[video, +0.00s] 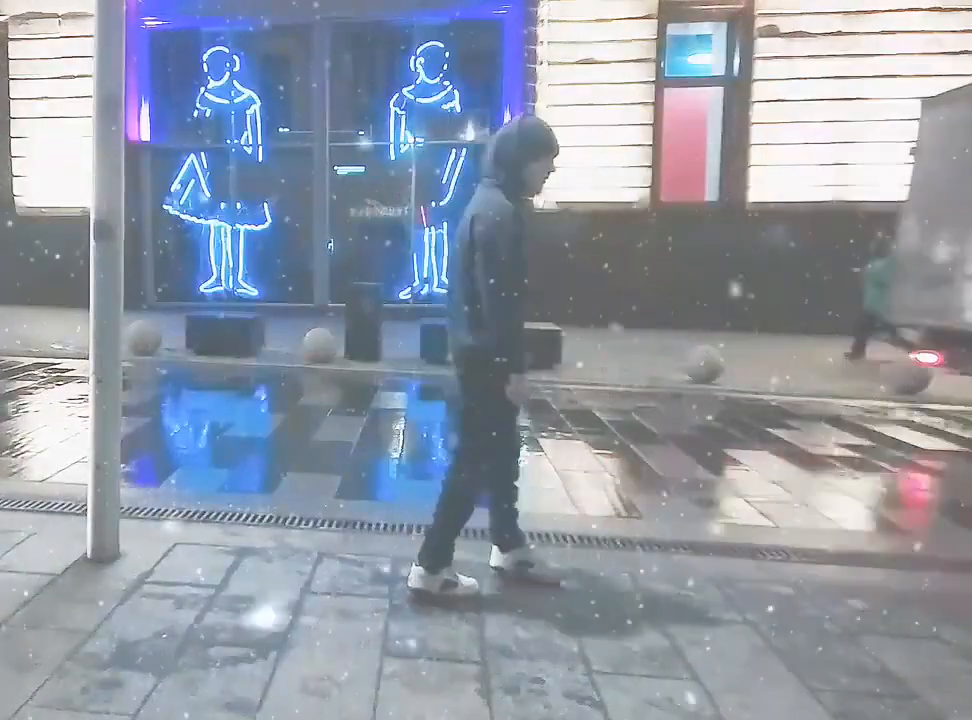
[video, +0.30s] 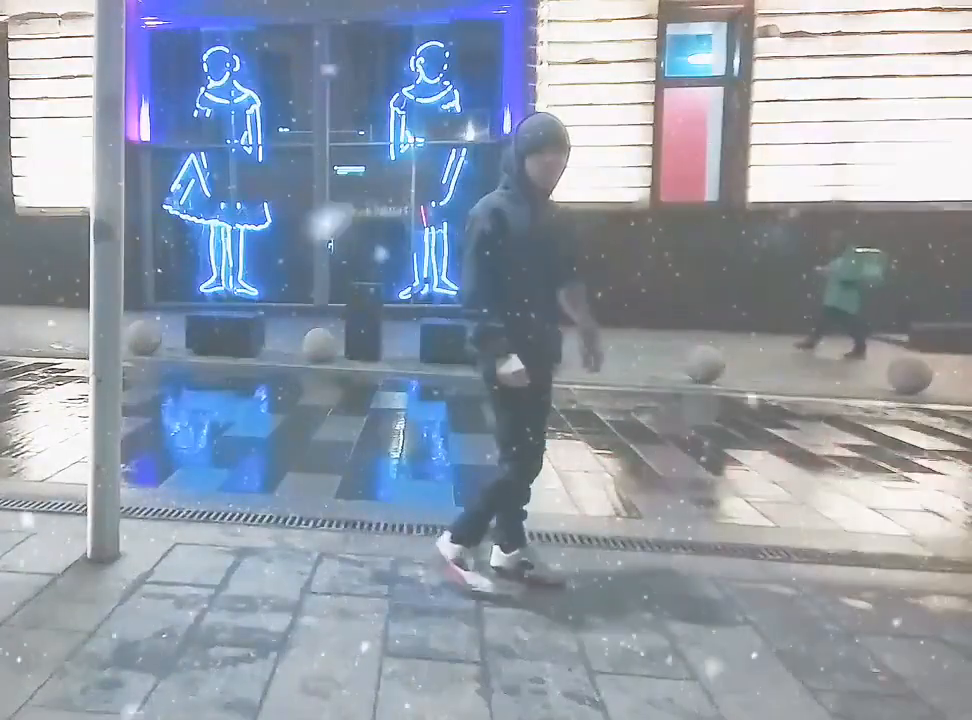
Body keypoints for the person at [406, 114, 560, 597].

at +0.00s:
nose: (549, 173)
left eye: (551, 164)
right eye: (545, 163)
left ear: (511, 162)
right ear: (520, 160)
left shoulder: (490, 204)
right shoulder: (497, 211)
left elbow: (494, 293)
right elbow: (496, 295)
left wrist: (507, 356)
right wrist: (510, 366)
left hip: (482, 350)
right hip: (482, 353)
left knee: (502, 449)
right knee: (474, 459)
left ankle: (509, 549)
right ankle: (430, 566)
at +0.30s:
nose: (559, 167)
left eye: (563, 157)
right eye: (552, 157)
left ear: (560, 159)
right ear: (525, 156)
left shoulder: (548, 214)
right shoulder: (492, 212)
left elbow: (566, 279)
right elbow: (478, 294)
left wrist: (588, 328)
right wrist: (500, 353)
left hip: (539, 342)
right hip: (502, 344)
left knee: (526, 456)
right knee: (520, 459)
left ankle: (509, 552)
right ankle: (456, 542)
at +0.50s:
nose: (564, 167)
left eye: (570, 158)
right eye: (555, 157)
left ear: (573, 161)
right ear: (531, 156)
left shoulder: (574, 219)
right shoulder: (498, 214)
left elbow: (599, 278)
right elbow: (474, 287)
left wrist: (626, 324)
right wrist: (471, 351)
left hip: (552, 354)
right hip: (507, 352)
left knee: (535, 464)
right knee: (521, 465)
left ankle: (515, 554)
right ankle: (506, 561)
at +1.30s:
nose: (563, 156)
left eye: (573, 147)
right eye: (553, 146)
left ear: (585, 153)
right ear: (533, 150)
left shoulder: (603, 215)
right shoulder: (501, 210)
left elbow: (619, 289)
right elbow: (486, 287)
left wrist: (613, 352)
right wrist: (510, 340)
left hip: (584, 366)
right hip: (523, 366)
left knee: (605, 481)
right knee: (529, 479)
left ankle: (606, 573)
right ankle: (537, 577)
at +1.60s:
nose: (574, 150)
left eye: (585, 140)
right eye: (564, 140)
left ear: (602, 148)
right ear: (546, 147)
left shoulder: (627, 214)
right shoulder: (517, 210)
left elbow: (647, 292)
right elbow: (491, 290)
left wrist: (626, 359)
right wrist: (479, 361)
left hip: (599, 375)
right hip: (532, 374)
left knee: (603, 498)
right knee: (535, 488)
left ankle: (612, 618)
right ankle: (538, 579)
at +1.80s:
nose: (582, 140)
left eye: (594, 130)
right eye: (572, 131)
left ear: (616, 140)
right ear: (559, 141)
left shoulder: (646, 205)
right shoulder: (533, 205)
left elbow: (678, 284)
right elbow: (504, 286)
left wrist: (641, 354)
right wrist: (480, 351)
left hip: (617, 378)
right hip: (548, 376)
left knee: (617, 507)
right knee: (541, 493)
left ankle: (613, 627)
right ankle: (541, 580)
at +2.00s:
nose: (594, 137)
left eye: (606, 126)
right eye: (584, 128)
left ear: (628, 136)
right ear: (572, 140)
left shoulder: (666, 205)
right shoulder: (552, 207)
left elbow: (691, 289)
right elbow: (530, 293)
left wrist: (653, 353)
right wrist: (507, 351)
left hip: (629, 387)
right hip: (558, 384)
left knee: (627, 516)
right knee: (537, 497)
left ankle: (615, 627)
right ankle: (544, 573)